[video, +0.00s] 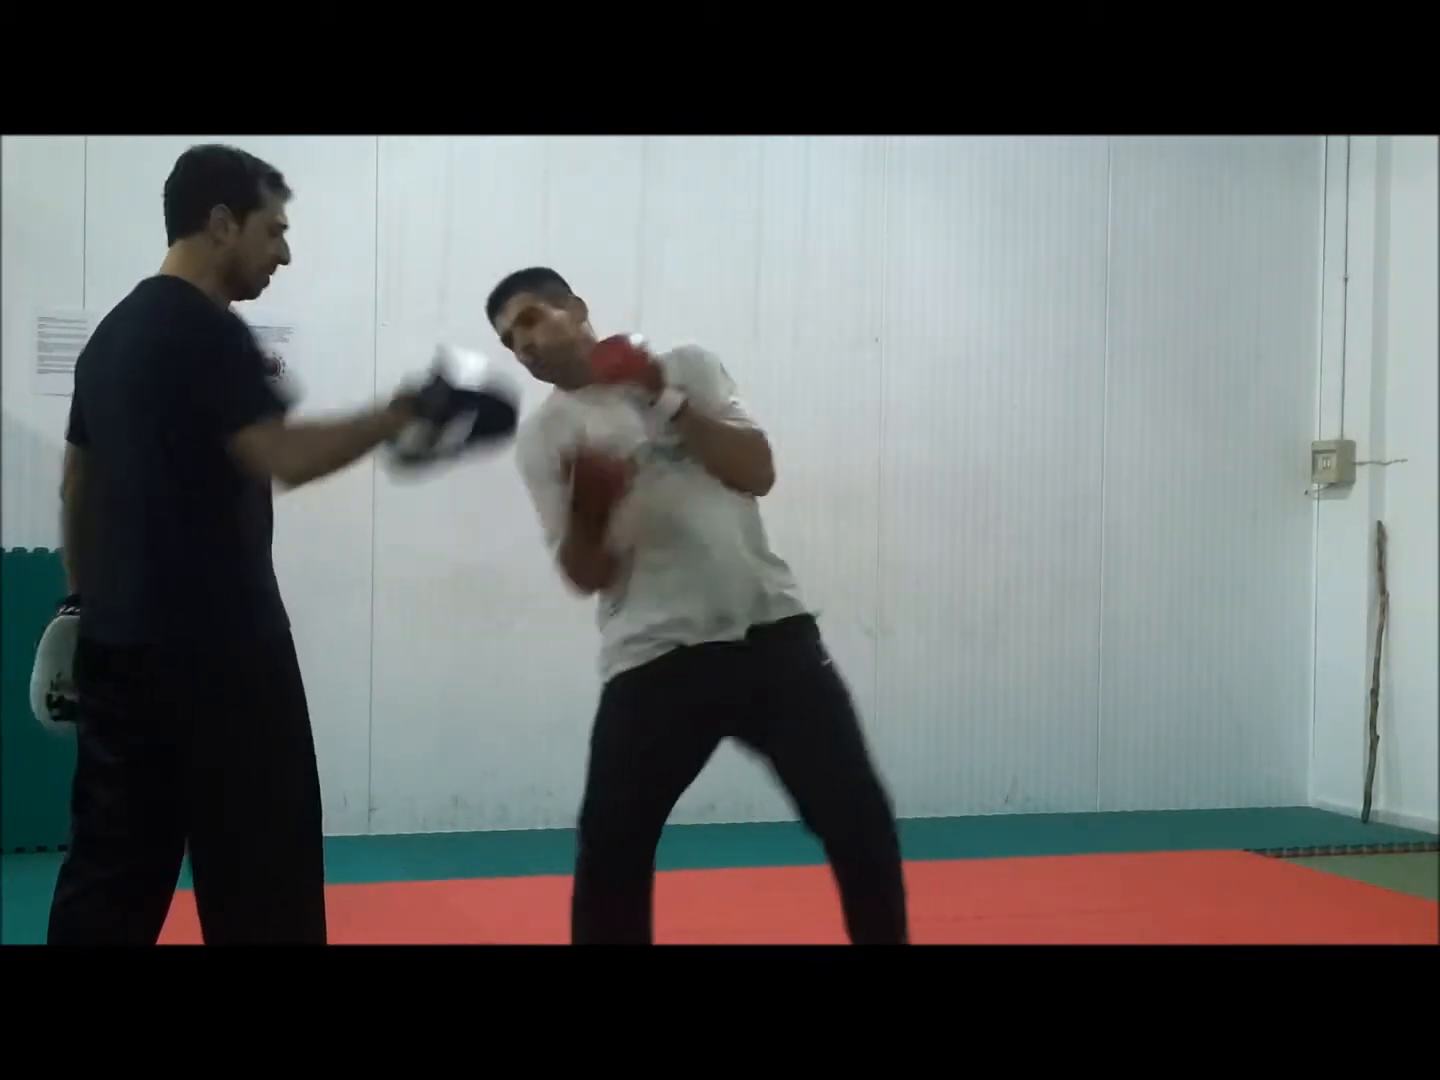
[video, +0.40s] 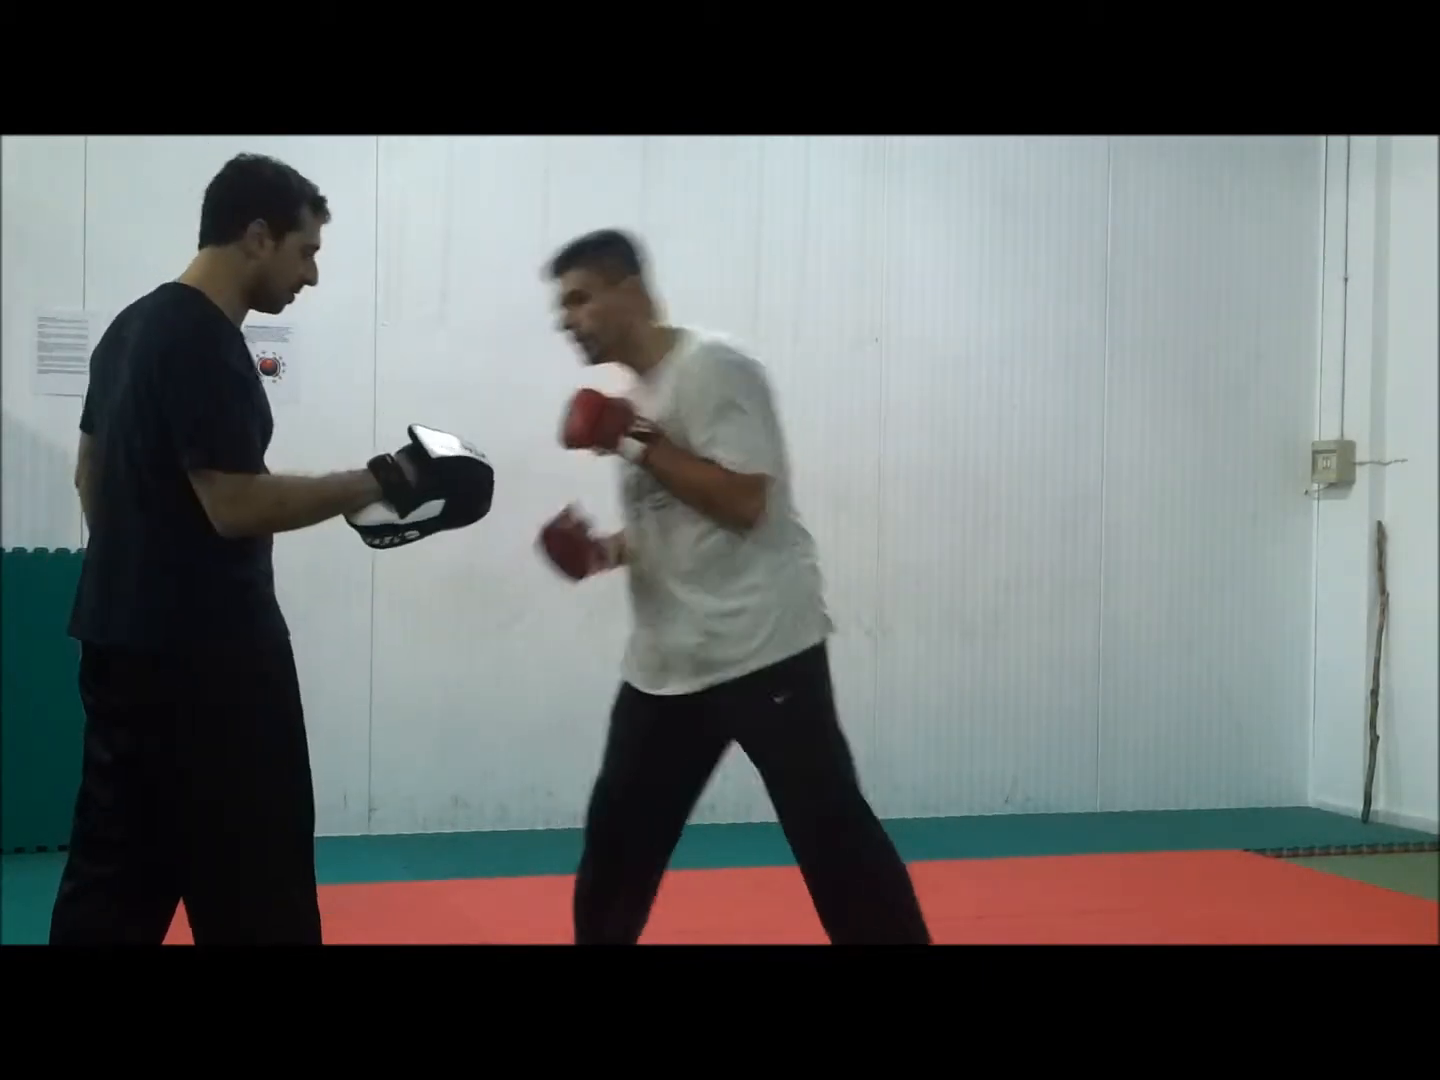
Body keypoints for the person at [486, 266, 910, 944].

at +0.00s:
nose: (525, 337)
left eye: (532, 316)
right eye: (513, 337)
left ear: (578, 307)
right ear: (520, 360)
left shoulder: (685, 367)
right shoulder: (544, 435)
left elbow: (756, 470)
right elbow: (586, 575)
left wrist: (661, 396)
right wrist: (590, 507)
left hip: (768, 633)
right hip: (655, 657)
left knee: (863, 825)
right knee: (610, 851)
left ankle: (883, 940)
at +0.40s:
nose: (568, 322)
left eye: (578, 300)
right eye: (562, 308)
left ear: (631, 290)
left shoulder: (720, 371)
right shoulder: (631, 404)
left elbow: (745, 501)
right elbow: (670, 530)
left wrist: (635, 434)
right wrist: (601, 551)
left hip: (765, 651)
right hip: (669, 661)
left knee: (835, 839)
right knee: (618, 844)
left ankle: (898, 944)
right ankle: (599, 942)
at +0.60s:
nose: (746, 329)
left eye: (759, 309)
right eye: (740, 312)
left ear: (811, 297)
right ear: (748, 311)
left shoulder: (895, 390)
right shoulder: (774, 396)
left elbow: (884, 534)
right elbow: (760, 533)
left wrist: (814, 447)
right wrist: (737, 455)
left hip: (883, 657)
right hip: (786, 646)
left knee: (919, 856)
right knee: (701, 805)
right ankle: (678, 942)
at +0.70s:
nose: (705, 332)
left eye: (714, 311)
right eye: (700, 316)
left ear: (765, 295)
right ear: (741, 307)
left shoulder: (850, 382)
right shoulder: (752, 399)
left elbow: (838, 532)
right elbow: (762, 534)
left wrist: (769, 462)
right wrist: (708, 465)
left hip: (863, 658)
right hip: (775, 651)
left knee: (903, 850)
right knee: (693, 829)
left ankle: (933, 945)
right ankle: (642, 943)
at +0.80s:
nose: (647, 358)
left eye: (654, 336)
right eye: (641, 343)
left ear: (702, 318)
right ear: (700, 325)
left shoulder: (749, 390)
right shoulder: (742, 391)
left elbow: (754, 533)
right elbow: (757, 525)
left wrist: (678, 482)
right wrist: (672, 488)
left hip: (817, 655)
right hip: (754, 652)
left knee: (855, 842)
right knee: (677, 836)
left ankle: (919, 943)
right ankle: (632, 945)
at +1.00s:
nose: (562, 393)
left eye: (566, 370)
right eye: (555, 380)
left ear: (612, 343)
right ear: (622, 348)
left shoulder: (649, 397)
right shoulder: (693, 398)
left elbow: (678, 542)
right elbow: (727, 549)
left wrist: (605, 498)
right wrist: (646, 572)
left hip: (766, 649)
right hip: (699, 655)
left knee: (822, 842)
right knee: (619, 833)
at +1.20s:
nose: (536, 335)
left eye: (539, 315)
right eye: (519, 335)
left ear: (575, 305)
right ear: (520, 356)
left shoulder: (675, 361)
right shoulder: (544, 438)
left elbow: (761, 442)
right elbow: (528, 571)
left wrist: (663, 388)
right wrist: (464, 539)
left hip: (777, 606)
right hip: (669, 632)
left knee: (842, 784)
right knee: (635, 840)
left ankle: (893, 935)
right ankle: (613, 941)